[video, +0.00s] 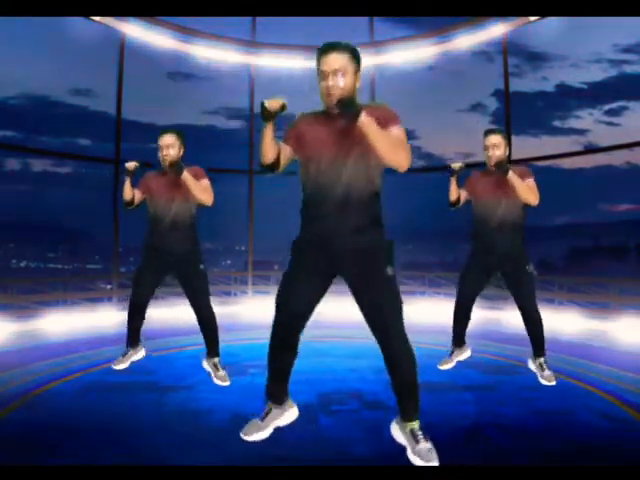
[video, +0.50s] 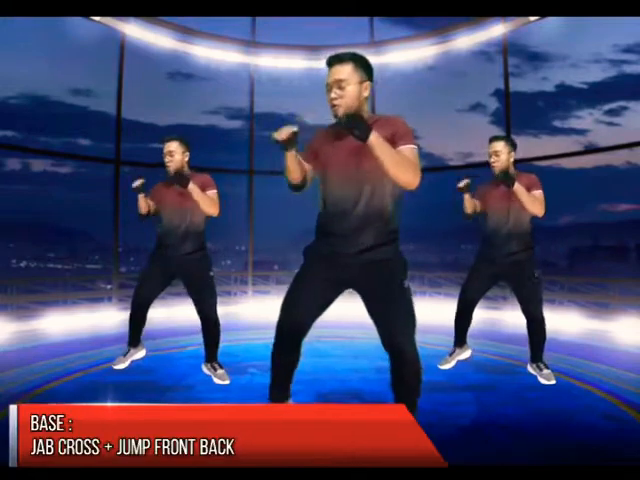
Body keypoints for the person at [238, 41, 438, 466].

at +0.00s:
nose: (333, 81)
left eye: (341, 73)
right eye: (326, 74)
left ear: (357, 76)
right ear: (318, 80)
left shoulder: (378, 117)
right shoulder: (305, 127)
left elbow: (400, 161)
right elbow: (272, 164)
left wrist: (361, 120)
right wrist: (269, 122)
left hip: (365, 246)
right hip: (314, 246)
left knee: (392, 336)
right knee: (285, 324)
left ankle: (409, 423)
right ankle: (278, 405)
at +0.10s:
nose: (332, 101)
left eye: (340, 93)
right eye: (325, 94)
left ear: (358, 96)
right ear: (318, 101)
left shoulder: (380, 140)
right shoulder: (307, 147)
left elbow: (397, 190)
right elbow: (279, 187)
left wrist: (357, 144)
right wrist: (271, 150)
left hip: (366, 268)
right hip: (314, 267)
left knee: (396, 353)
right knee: (276, 335)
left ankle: (406, 430)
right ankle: (280, 410)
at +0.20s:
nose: (330, 102)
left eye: (339, 93)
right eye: (323, 95)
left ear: (357, 96)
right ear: (318, 101)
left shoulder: (382, 139)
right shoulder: (310, 145)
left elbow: (400, 192)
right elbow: (287, 194)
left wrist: (361, 151)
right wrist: (274, 159)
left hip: (368, 266)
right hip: (317, 266)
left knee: (395, 352)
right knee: (280, 336)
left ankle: (407, 426)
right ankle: (278, 413)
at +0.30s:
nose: (326, 97)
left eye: (335, 88)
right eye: (322, 90)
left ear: (357, 90)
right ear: (317, 95)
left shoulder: (384, 130)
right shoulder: (314, 142)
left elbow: (404, 182)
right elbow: (290, 187)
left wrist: (360, 138)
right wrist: (285, 139)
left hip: (372, 261)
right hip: (323, 260)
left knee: (394, 349)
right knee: (286, 332)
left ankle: (407, 426)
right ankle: (278, 413)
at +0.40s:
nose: (326, 96)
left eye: (335, 87)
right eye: (323, 89)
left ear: (359, 90)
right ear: (321, 94)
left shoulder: (386, 128)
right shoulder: (320, 141)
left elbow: (403, 178)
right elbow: (299, 187)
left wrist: (357, 135)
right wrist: (293, 143)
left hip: (377, 258)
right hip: (327, 258)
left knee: (397, 348)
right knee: (288, 329)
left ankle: (405, 424)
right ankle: (278, 410)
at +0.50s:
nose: (333, 93)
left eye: (341, 85)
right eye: (330, 87)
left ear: (366, 88)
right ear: (327, 92)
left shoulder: (393, 129)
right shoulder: (322, 139)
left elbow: (410, 179)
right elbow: (297, 181)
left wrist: (369, 136)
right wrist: (289, 149)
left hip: (379, 258)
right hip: (327, 258)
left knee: (402, 347)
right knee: (288, 330)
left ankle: (405, 422)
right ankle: (277, 408)